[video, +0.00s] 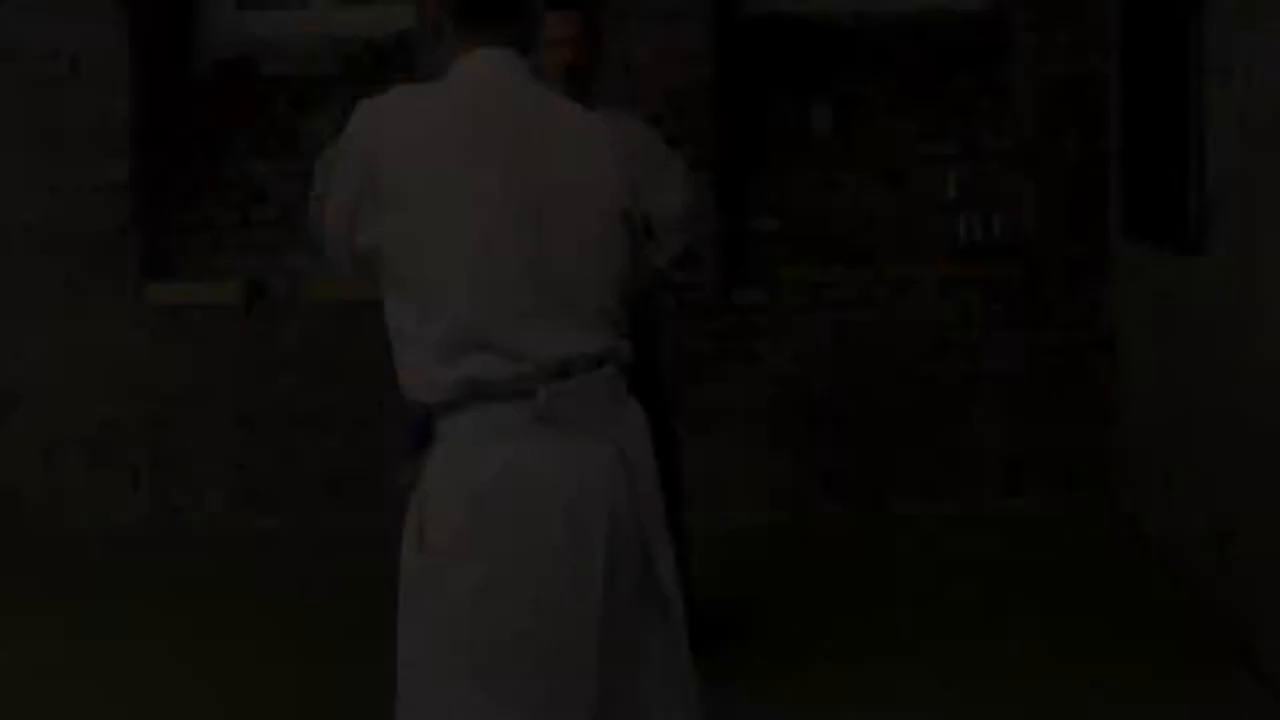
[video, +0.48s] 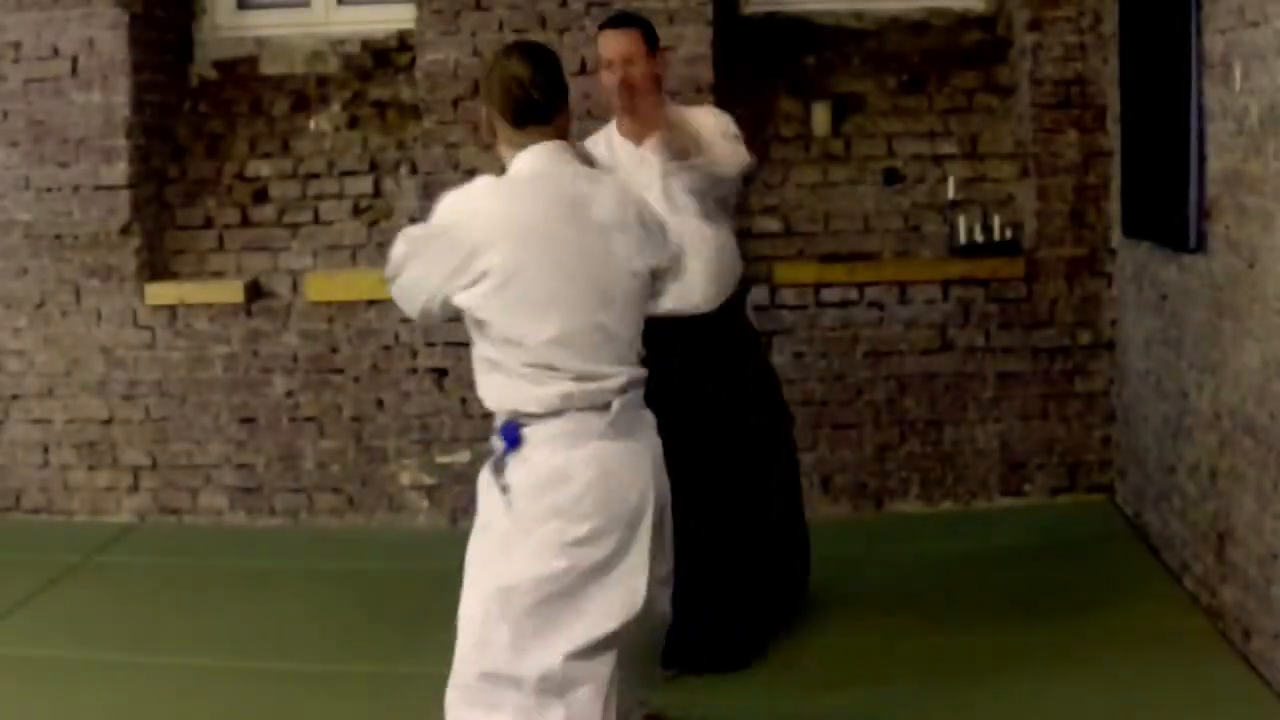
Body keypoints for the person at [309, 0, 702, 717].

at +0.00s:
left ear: (434, 23)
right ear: (534, 25)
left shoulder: (386, 129)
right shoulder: (601, 139)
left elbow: (333, 238)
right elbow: (684, 231)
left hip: (469, 464)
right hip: (600, 458)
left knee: (464, 686)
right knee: (614, 678)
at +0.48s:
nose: (483, 121)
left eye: (485, 110)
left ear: (490, 119)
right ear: (568, 108)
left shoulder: (482, 210)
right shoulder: (624, 203)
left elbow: (412, 285)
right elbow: (707, 277)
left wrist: (446, 217)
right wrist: (615, 284)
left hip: (542, 466)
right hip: (632, 452)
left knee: (497, 671)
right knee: (604, 661)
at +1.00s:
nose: (530, 185)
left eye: (533, 173)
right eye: (530, 173)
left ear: (553, 176)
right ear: (609, 171)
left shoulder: (551, 264)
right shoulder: (647, 265)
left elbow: (437, 270)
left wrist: (498, 233)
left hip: (525, 505)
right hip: (585, 497)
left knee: (470, 688)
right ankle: (603, 698)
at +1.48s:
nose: (483, 270)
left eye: (485, 261)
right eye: (483, 262)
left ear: (495, 264)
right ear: (546, 256)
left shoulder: (492, 324)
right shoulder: (575, 322)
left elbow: (413, 343)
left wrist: (479, 303)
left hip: (480, 527)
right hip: (544, 525)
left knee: (460, 679)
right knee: (512, 671)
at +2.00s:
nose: (433, 269)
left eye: (432, 260)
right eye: (431, 260)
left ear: (443, 255)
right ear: (490, 247)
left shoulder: (459, 296)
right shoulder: (533, 300)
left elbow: (395, 344)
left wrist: (429, 295)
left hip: (474, 484)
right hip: (529, 483)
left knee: (477, 632)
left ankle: (498, 706)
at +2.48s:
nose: (419, 282)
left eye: (419, 271)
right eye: (416, 272)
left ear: (434, 265)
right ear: (475, 258)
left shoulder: (444, 302)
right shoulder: (516, 314)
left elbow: (372, 381)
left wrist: (416, 315)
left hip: (464, 488)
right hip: (516, 486)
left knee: (459, 635)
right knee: (504, 634)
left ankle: (479, 709)